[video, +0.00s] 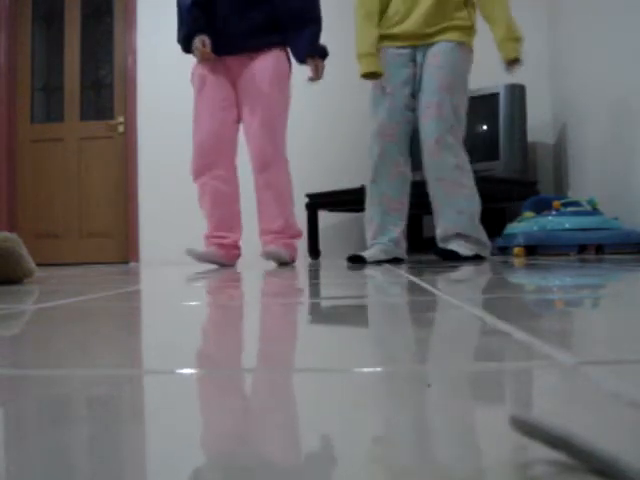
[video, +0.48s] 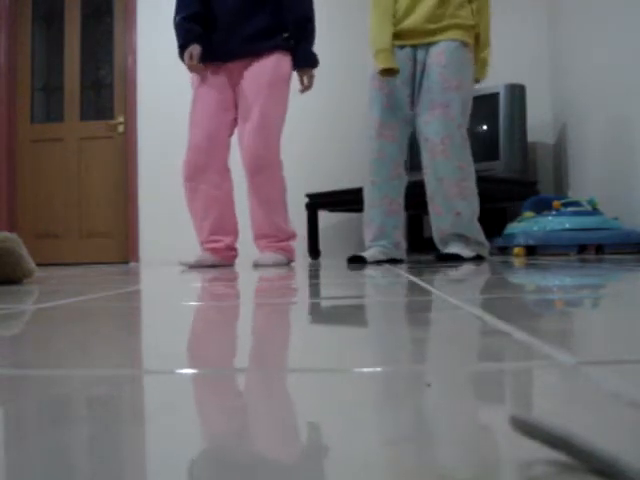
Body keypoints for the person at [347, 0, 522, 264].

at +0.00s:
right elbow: (367, 2)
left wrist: (507, 38)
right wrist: (366, 52)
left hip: (447, 30)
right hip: (392, 35)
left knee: (439, 134)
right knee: (387, 140)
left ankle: (464, 241)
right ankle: (386, 245)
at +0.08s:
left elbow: (489, 0)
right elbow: (369, 2)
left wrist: (513, 41)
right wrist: (367, 50)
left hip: (446, 32)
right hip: (391, 37)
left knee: (437, 135)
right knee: (385, 141)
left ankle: (463, 242)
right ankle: (385, 245)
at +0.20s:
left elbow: (493, 2)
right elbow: (374, 2)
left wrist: (519, 48)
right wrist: (369, 49)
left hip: (442, 32)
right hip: (387, 36)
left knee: (435, 136)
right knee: (381, 144)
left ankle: (465, 243)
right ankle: (385, 246)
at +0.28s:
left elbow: (488, 4)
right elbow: (370, 2)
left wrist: (503, 55)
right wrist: (373, 47)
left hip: (442, 30)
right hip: (387, 35)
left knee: (437, 133)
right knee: (382, 140)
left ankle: (462, 242)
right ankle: (384, 245)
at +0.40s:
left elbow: (479, 5)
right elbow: (376, 2)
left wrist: (479, 58)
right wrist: (375, 47)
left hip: (448, 29)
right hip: (391, 34)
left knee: (438, 132)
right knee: (383, 140)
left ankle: (462, 242)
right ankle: (384, 246)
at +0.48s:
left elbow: (480, 5)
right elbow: (381, 3)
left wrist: (481, 54)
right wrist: (382, 47)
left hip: (450, 30)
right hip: (395, 35)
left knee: (442, 134)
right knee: (386, 142)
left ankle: (462, 242)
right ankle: (384, 246)